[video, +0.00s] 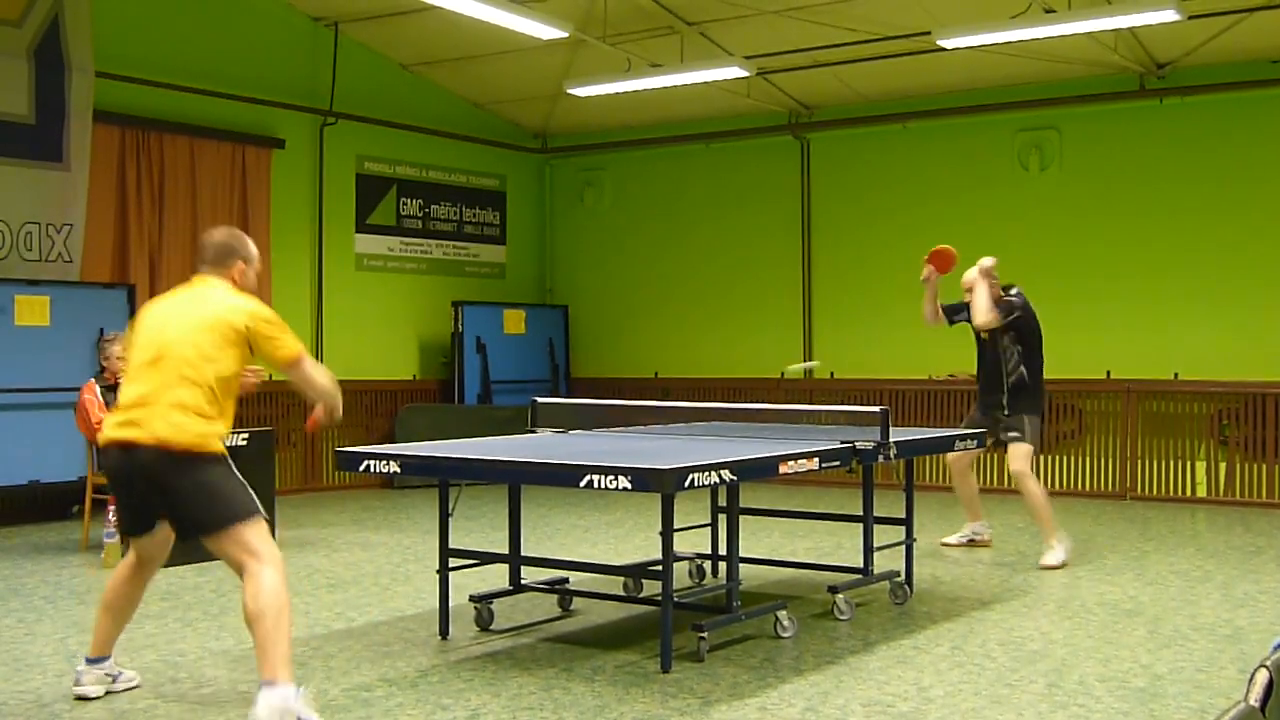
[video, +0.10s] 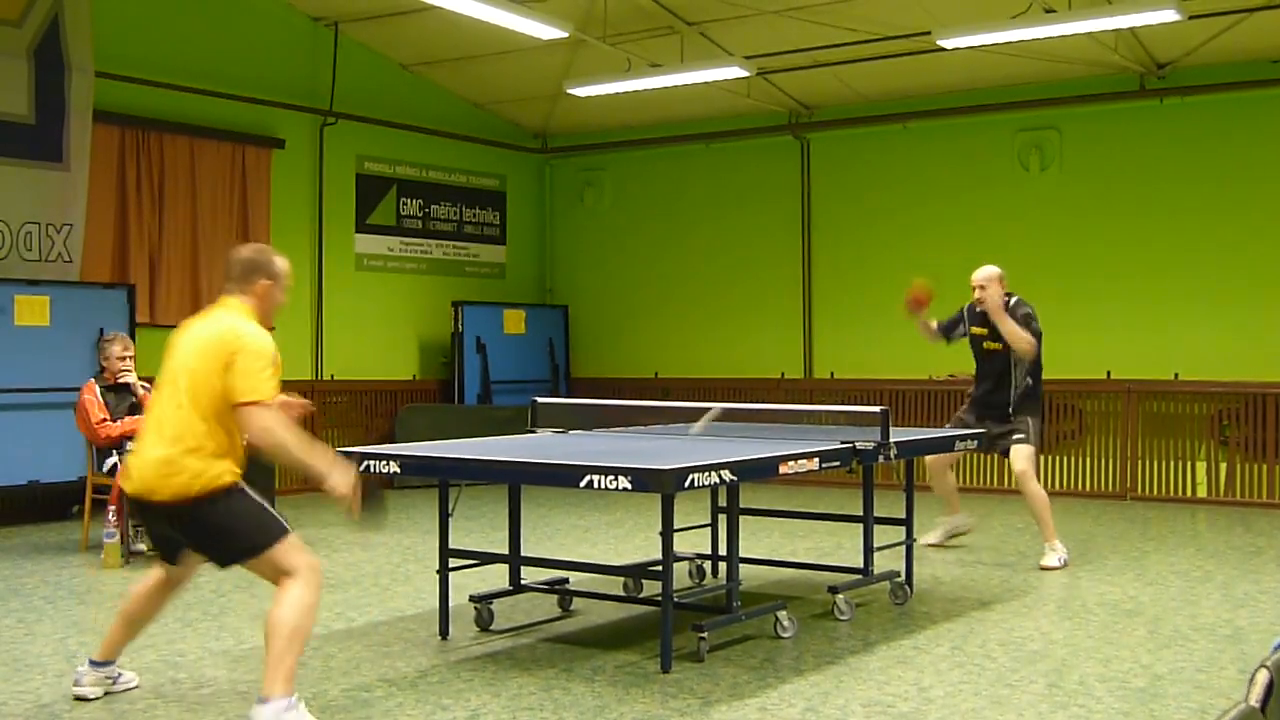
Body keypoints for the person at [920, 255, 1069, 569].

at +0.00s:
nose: (967, 296)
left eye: (970, 289)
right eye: (965, 291)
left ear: (989, 283)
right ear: (968, 292)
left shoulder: (1016, 304)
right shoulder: (975, 307)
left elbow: (983, 320)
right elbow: (934, 318)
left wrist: (983, 277)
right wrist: (931, 287)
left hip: (1023, 406)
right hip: (988, 404)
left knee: (1019, 468)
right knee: (958, 459)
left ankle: (1054, 543)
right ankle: (977, 527)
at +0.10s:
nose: (976, 294)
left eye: (982, 288)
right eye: (973, 289)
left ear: (1001, 287)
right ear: (972, 290)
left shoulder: (1020, 310)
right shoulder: (971, 312)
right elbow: (939, 332)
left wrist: (997, 314)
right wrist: (920, 317)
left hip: (1020, 409)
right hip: (981, 406)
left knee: (1022, 470)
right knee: (935, 459)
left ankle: (1053, 544)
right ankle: (955, 518)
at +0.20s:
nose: (973, 291)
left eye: (980, 285)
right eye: (969, 285)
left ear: (997, 287)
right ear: (966, 287)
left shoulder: (1017, 314)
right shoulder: (965, 316)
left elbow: (1044, 353)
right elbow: (939, 343)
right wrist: (921, 337)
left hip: (1017, 407)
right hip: (978, 405)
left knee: (1024, 469)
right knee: (930, 461)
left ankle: (1054, 545)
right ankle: (934, 531)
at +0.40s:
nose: (944, 284)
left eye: (950, 278)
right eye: (940, 279)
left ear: (967, 280)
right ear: (937, 283)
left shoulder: (991, 308)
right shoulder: (937, 310)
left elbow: (1015, 351)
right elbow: (921, 341)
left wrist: (1000, 393)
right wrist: (909, 359)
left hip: (989, 394)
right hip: (952, 393)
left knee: (1011, 461)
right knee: (912, 444)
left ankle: (1045, 537)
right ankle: (921, 520)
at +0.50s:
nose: (918, 295)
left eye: (924, 288)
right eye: (914, 290)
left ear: (943, 287)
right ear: (913, 293)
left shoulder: (967, 317)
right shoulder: (921, 322)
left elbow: (986, 363)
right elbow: (912, 363)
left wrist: (965, 401)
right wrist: (884, 391)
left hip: (981, 401)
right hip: (942, 399)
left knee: (1002, 471)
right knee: (894, 450)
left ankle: (1041, 536)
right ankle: (870, 522)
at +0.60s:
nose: (886, 302)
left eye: (891, 296)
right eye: (884, 297)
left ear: (913, 295)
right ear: (891, 298)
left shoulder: (941, 320)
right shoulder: (898, 327)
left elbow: (971, 359)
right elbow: (882, 364)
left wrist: (953, 396)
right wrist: (847, 392)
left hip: (966, 401)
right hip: (928, 400)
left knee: (993, 468)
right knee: (880, 443)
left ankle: (1040, 536)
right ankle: (859, 515)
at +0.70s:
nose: (837, 315)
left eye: (843, 309)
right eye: (836, 310)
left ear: (863, 307)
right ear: (843, 314)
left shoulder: (892, 323)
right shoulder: (848, 340)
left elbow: (944, 331)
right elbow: (809, 355)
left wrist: (959, 364)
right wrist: (760, 363)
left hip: (940, 408)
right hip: (901, 411)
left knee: (987, 459)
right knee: (854, 449)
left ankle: (1034, 524)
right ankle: (839, 524)